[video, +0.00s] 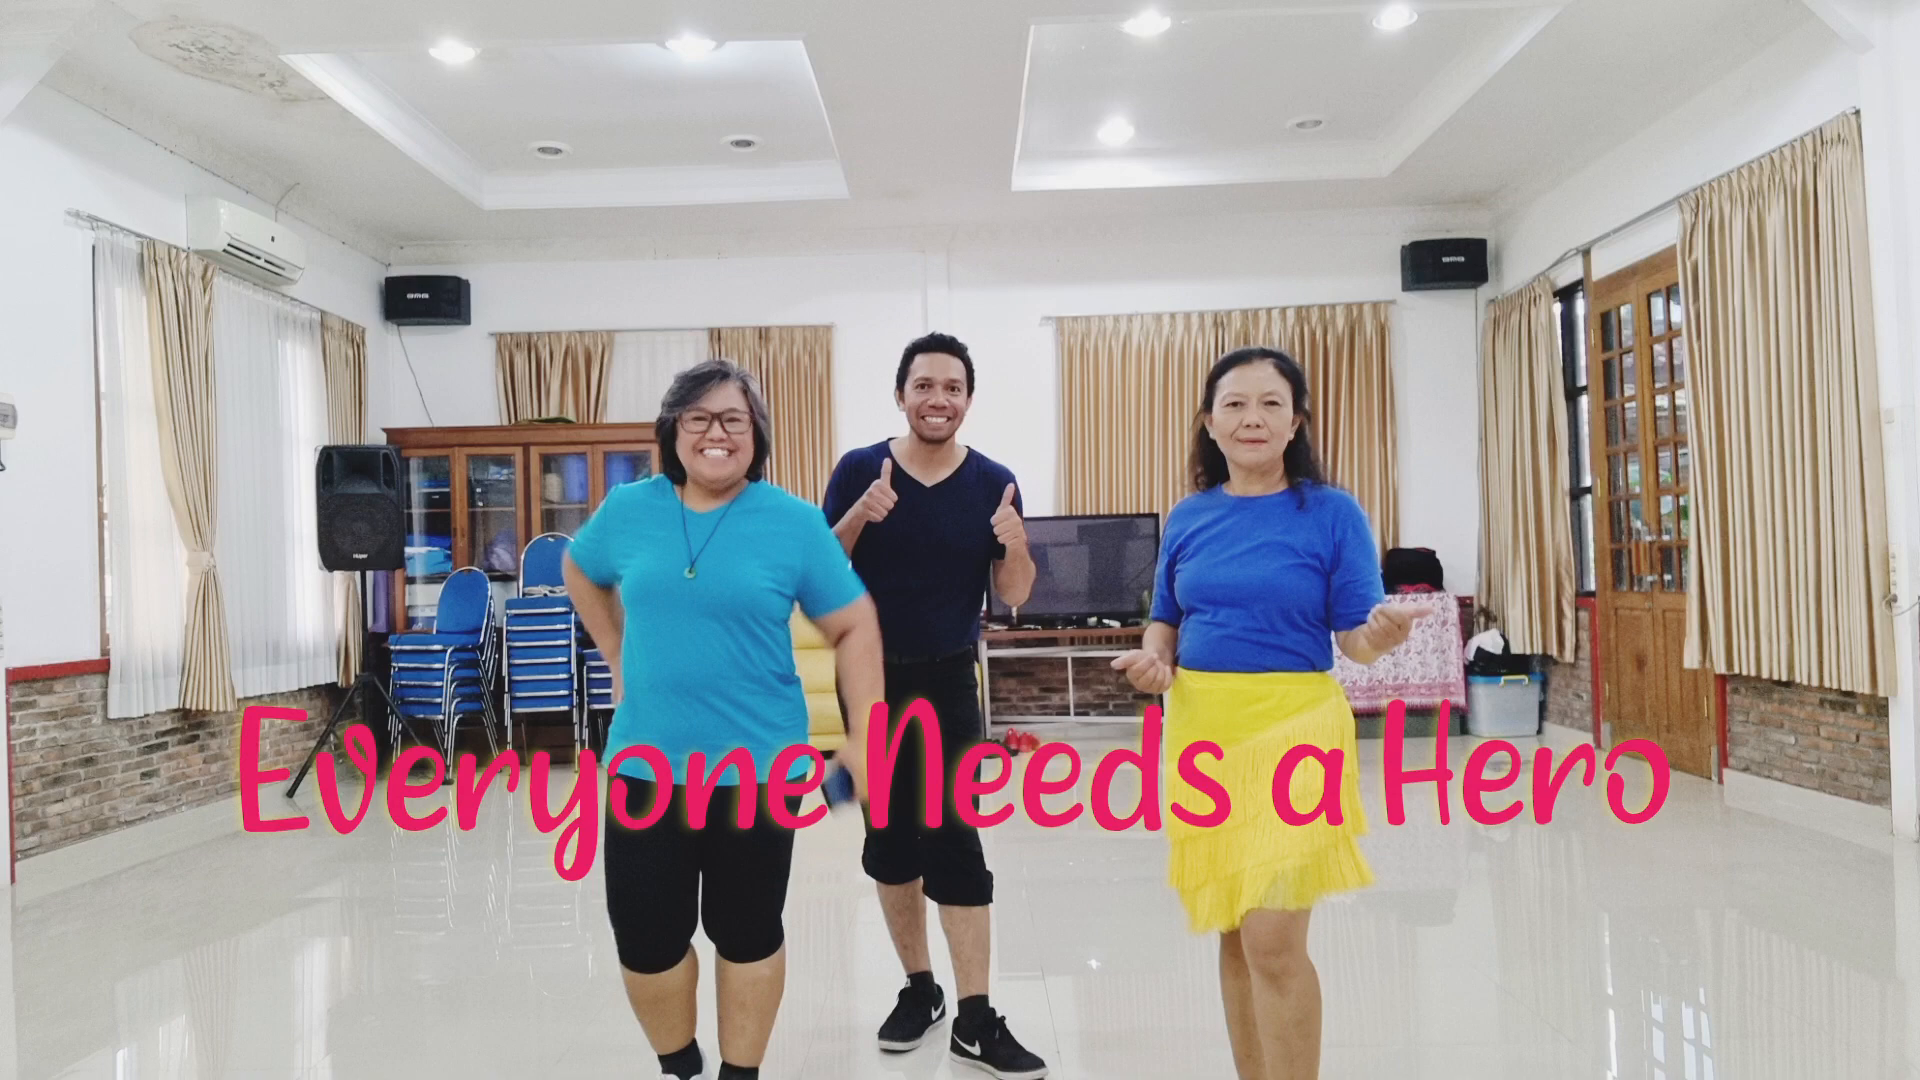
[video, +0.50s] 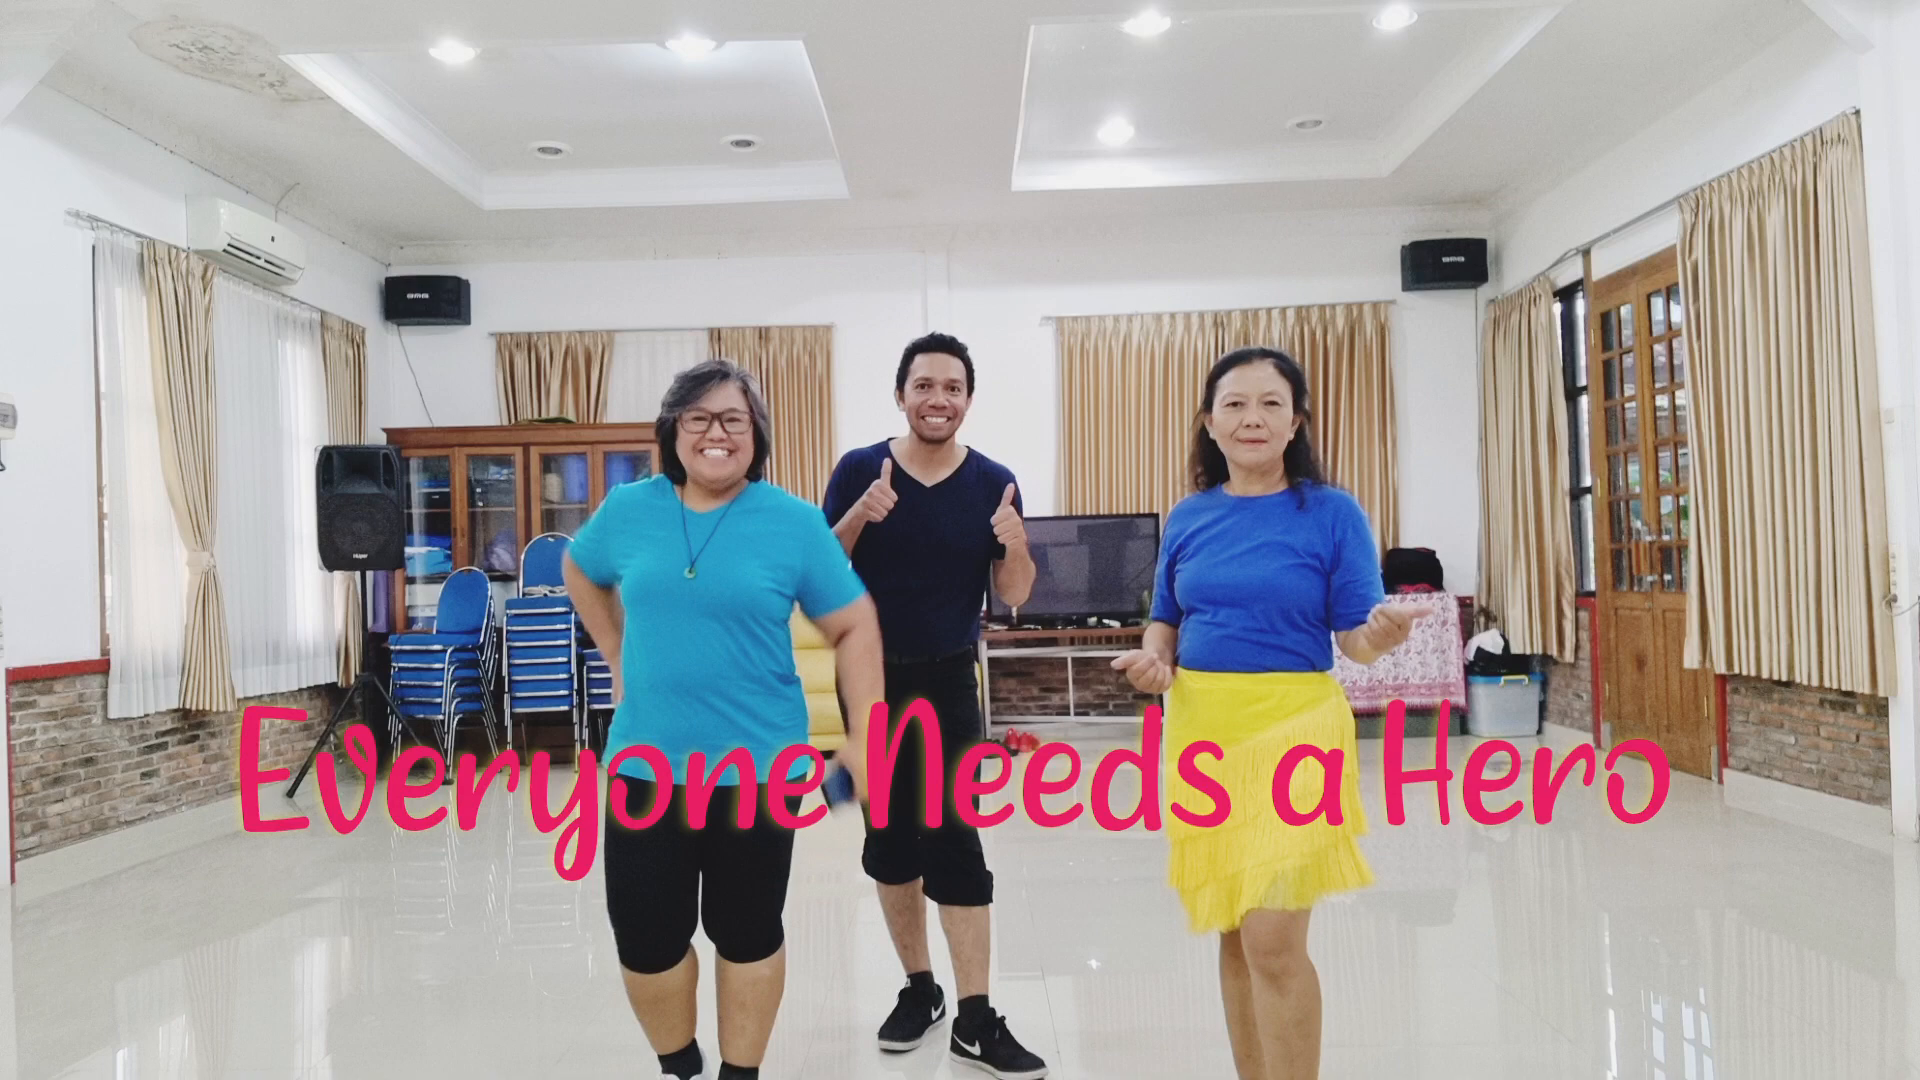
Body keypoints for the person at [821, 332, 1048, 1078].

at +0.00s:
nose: (938, 400)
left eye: (952, 388)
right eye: (924, 386)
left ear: (968, 399)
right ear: (900, 396)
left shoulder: (992, 483)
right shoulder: (858, 472)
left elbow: (1014, 595)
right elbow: (813, 570)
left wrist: (1015, 548)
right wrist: (854, 520)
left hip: (950, 676)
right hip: (872, 676)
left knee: (957, 841)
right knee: (892, 840)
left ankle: (975, 1014)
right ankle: (919, 990)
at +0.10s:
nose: (938, 400)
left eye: (952, 388)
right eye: (924, 386)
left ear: (968, 399)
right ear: (900, 396)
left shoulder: (992, 483)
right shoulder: (858, 472)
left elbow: (1014, 595)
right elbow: (813, 570)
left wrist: (1015, 548)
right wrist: (854, 520)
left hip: (950, 676)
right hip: (872, 676)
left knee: (957, 841)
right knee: (892, 840)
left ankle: (975, 1014)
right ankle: (919, 990)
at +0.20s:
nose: (938, 400)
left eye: (952, 388)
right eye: (924, 386)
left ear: (968, 399)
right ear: (900, 396)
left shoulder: (992, 483)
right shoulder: (858, 472)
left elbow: (1014, 595)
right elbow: (813, 570)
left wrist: (1015, 548)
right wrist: (854, 520)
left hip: (950, 676)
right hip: (872, 676)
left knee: (957, 841)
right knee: (892, 840)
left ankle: (975, 1014)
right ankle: (919, 990)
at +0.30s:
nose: (938, 400)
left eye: (952, 388)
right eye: (924, 386)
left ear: (968, 399)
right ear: (900, 396)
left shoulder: (992, 483)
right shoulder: (858, 472)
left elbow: (1014, 595)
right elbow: (813, 570)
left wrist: (1015, 548)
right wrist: (854, 520)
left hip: (950, 676)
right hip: (872, 676)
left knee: (957, 841)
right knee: (892, 840)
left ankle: (975, 1014)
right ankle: (919, 990)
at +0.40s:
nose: (938, 400)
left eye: (952, 388)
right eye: (924, 386)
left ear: (968, 399)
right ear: (900, 396)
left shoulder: (992, 483)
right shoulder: (858, 472)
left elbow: (1014, 595)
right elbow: (813, 570)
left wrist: (1015, 548)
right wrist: (854, 520)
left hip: (950, 676)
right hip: (872, 676)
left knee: (957, 841)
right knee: (892, 840)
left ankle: (975, 1014)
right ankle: (919, 990)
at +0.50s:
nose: (938, 400)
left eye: (952, 388)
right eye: (924, 386)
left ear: (968, 399)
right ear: (900, 396)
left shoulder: (992, 483)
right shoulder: (858, 472)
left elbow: (1014, 595)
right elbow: (813, 570)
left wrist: (1015, 548)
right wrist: (854, 520)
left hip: (950, 676)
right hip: (872, 676)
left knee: (957, 841)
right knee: (892, 840)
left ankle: (975, 1014)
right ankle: (919, 990)